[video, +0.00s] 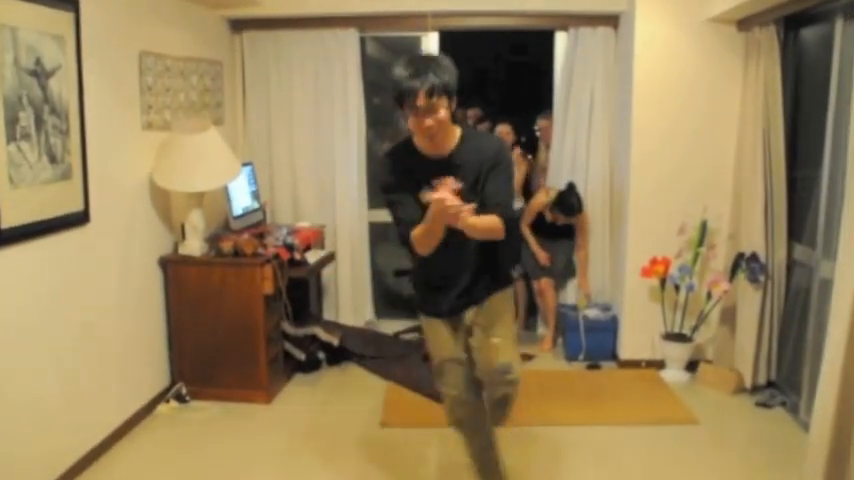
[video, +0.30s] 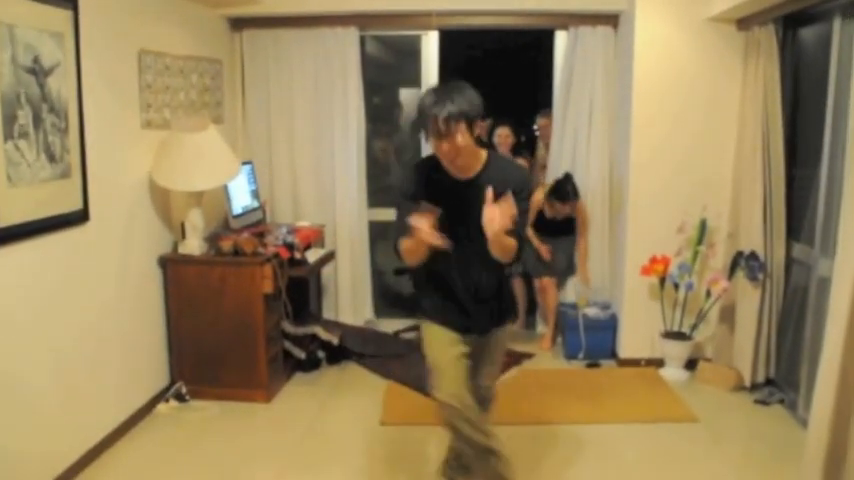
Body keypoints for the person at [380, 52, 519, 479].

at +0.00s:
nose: (425, 121)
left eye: (432, 109)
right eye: (416, 113)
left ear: (451, 104)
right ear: (404, 114)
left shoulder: (489, 150)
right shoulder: (396, 163)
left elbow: (502, 225)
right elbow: (419, 245)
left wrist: (460, 218)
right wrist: (437, 215)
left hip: (490, 284)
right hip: (436, 294)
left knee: (501, 376)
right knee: (459, 398)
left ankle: (485, 431)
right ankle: (491, 475)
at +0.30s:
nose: (445, 148)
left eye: (452, 135)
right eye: (437, 138)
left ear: (475, 129)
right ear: (428, 137)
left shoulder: (509, 176)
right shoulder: (422, 175)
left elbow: (510, 255)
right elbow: (406, 255)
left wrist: (496, 235)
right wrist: (421, 239)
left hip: (493, 303)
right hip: (440, 300)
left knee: (479, 395)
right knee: (449, 396)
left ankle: (456, 470)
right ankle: (496, 471)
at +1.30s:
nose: (462, 149)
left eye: (468, 136)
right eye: (452, 140)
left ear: (491, 131)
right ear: (443, 144)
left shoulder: (532, 182)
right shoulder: (436, 195)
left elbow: (543, 255)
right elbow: (428, 276)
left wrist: (503, 258)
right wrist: (475, 258)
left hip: (529, 318)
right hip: (475, 323)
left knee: (532, 414)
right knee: (516, 421)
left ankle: (466, 453)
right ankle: (547, 475)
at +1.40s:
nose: (476, 136)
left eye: (485, 124)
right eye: (468, 126)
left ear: (511, 122)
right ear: (460, 127)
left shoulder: (540, 181)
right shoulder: (450, 166)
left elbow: (526, 257)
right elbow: (400, 221)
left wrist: (463, 258)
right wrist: (417, 256)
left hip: (499, 298)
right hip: (449, 286)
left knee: (479, 396)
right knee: (456, 378)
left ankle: (444, 465)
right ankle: (463, 459)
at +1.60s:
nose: (453, 136)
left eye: (461, 124)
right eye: (447, 126)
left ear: (491, 117)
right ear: (442, 121)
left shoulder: (523, 179)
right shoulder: (449, 155)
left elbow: (530, 272)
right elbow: (425, 209)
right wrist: (381, 240)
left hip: (477, 315)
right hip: (431, 286)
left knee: (437, 401)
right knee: (380, 345)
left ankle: (406, 466)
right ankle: (446, 372)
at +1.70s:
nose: (452, 142)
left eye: (461, 131)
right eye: (447, 132)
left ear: (493, 128)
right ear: (442, 133)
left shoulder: (518, 193)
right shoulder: (452, 170)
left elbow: (539, 285)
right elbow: (429, 214)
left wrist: (527, 360)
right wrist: (378, 229)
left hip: (472, 324)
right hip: (426, 298)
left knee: (430, 407)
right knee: (383, 361)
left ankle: (395, 468)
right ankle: (474, 394)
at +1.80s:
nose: (460, 138)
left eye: (469, 127)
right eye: (454, 128)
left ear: (498, 124)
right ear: (449, 130)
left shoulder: (524, 187)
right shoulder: (459, 168)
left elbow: (555, 270)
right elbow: (426, 217)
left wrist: (551, 343)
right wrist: (369, 213)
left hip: (485, 323)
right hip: (443, 311)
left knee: (438, 406)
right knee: (444, 396)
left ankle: (397, 470)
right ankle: (528, 461)